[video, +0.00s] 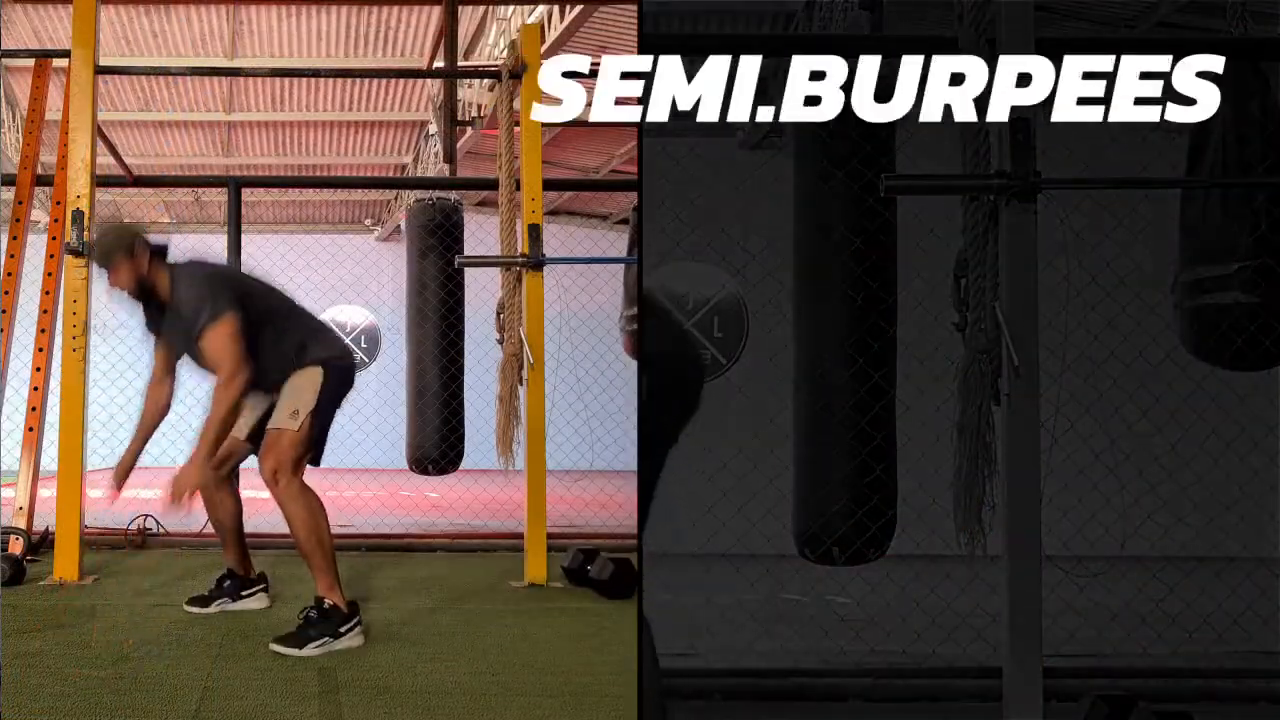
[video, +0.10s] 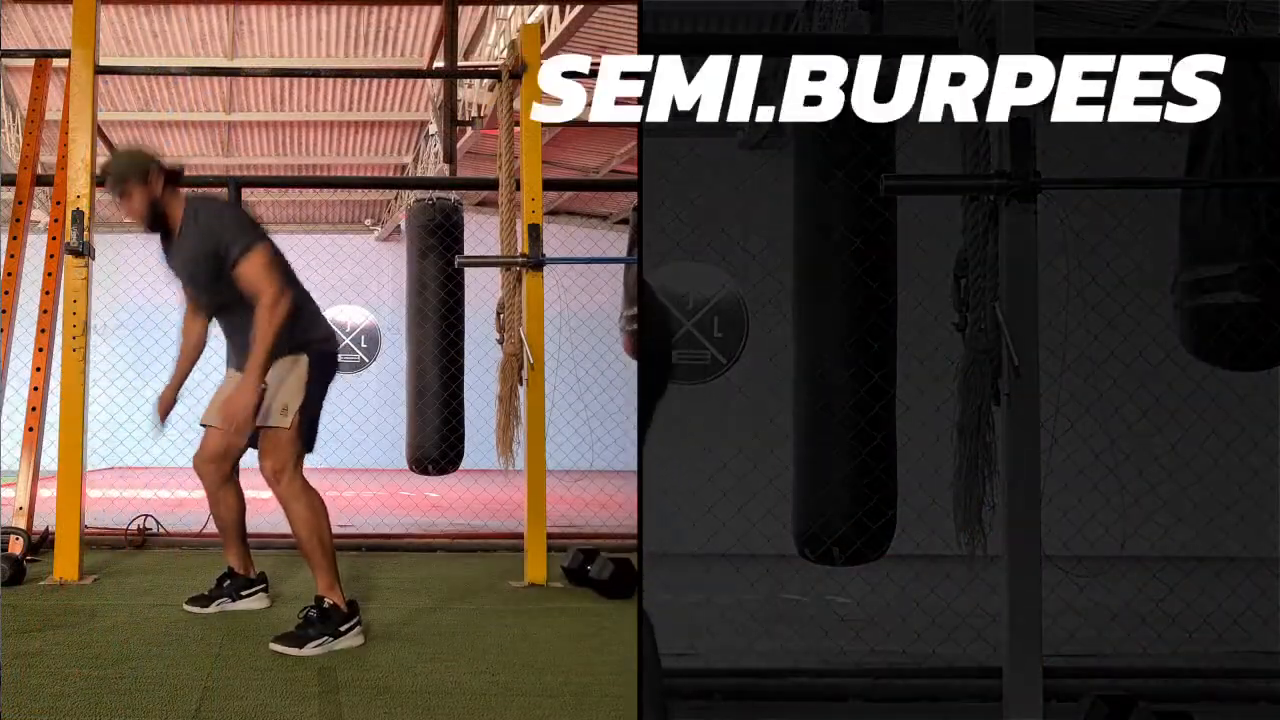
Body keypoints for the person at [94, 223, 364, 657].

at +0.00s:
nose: (111, 282)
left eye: (112, 268)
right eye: (106, 272)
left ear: (139, 254)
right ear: (134, 259)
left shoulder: (196, 286)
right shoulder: (161, 305)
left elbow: (235, 374)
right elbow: (161, 382)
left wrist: (199, 461)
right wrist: (131, 455)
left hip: (317, 361)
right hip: (269, 377)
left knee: (278, 468)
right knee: (211, 468)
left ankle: (336, 608)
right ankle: (242, 578)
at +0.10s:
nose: (123, 206)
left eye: (126, 192)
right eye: (118, 197)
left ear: (156, 179)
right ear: (133, 192)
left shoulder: (216, 218)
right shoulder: (175, 236)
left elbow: (275, 296)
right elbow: (198, 315)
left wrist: (251, 383)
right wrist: (174, 385)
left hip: (297, 350)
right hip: (250, 355)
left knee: (281, 470)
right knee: (212, 463)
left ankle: (337, 608)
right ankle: (242, 577)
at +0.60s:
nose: (114, 220)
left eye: (116, 207)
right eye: (109, 211)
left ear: (146, 190)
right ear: (133, 202)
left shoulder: (211, 222)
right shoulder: (164, 245)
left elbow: (254, 310)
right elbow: (177, 332)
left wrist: (226, 403)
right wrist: (158, 408)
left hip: (303, 343)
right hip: (255, 350)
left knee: (292, 459)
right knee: (218, 459)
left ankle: (337, 606)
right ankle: (243, 577)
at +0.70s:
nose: (108, 299)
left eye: (108, 285)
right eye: (101, 290)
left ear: (134, 266)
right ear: (130, 273)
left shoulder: (200, 290)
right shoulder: (152, 313)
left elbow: (224, 388)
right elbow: (152, 396)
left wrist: (192, 501)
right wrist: (133, 475)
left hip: (313, 357)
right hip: (261, 371)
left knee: (282, 466)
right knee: (213, 462)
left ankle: (336, 606)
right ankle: (243, 577)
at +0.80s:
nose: (103, 379)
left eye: (102, 368)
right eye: (97, 372)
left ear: (123, 347)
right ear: (121, 348)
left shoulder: (186, 351)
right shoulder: (139, 371)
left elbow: (185, 466)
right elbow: (132, 460)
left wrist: (164, 567)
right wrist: (101, 546)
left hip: (316, 371)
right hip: (262, 387)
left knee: (269, 474)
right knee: (206, 467)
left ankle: (335, 608)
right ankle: (242, 579)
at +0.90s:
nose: (112, 450)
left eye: (109, 440)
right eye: (105, 444)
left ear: (123, 418)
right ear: (119, 416)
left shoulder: (167, 403)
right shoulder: (130, 408)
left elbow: (165, 522)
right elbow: (118, 512)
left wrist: (136, 628)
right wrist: (85, 597)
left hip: (311, 341)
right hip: (268, 357)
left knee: (289, 463)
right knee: (233, 461)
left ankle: (337, 607)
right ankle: (247, 576)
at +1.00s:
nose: (112, 496)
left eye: (108, 488)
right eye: (103, 493)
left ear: (115, 462)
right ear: (109, 456)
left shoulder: (158, 437)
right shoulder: (118, 433)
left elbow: (172, 553)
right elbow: (121, 531)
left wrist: (146, 651)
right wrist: (93, 613)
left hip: (284, 332)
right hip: (253, 351)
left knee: (303, 464)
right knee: (248, 464)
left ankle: (389, 575)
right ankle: (312, 541)